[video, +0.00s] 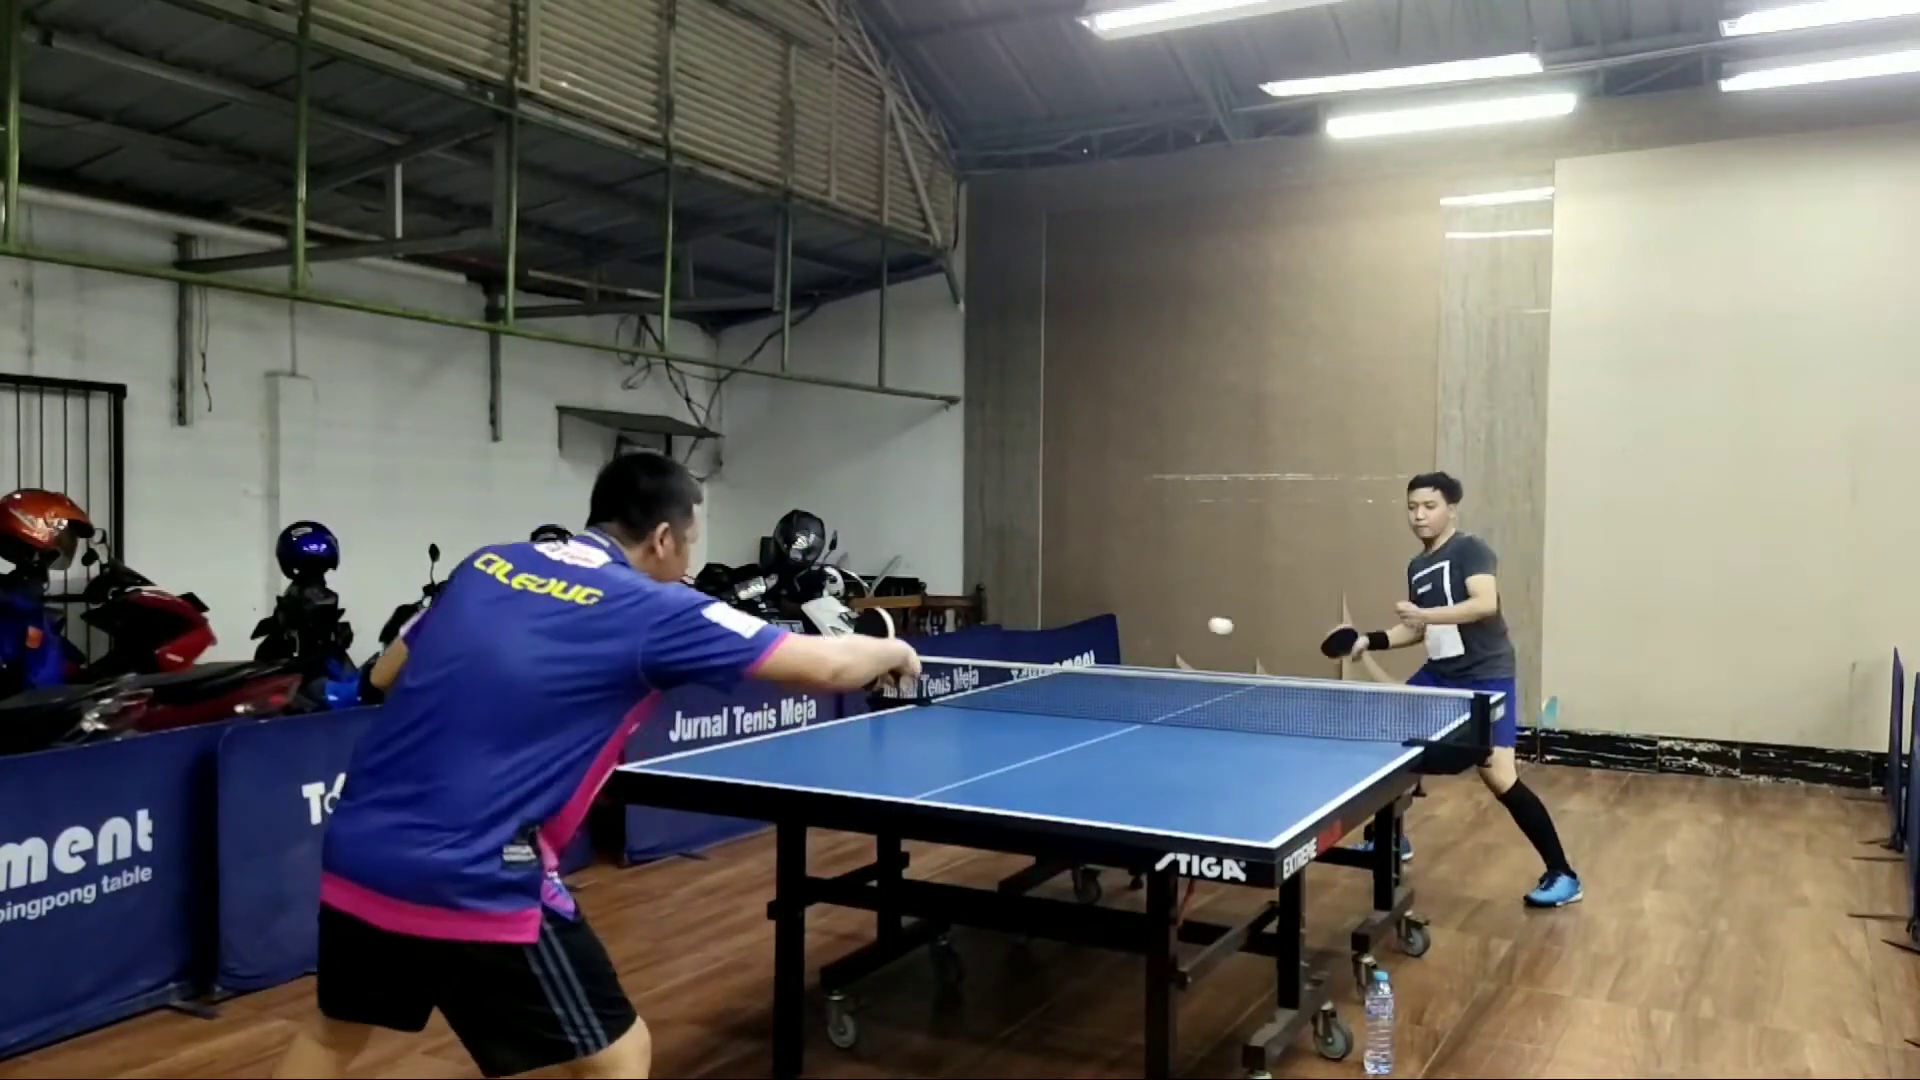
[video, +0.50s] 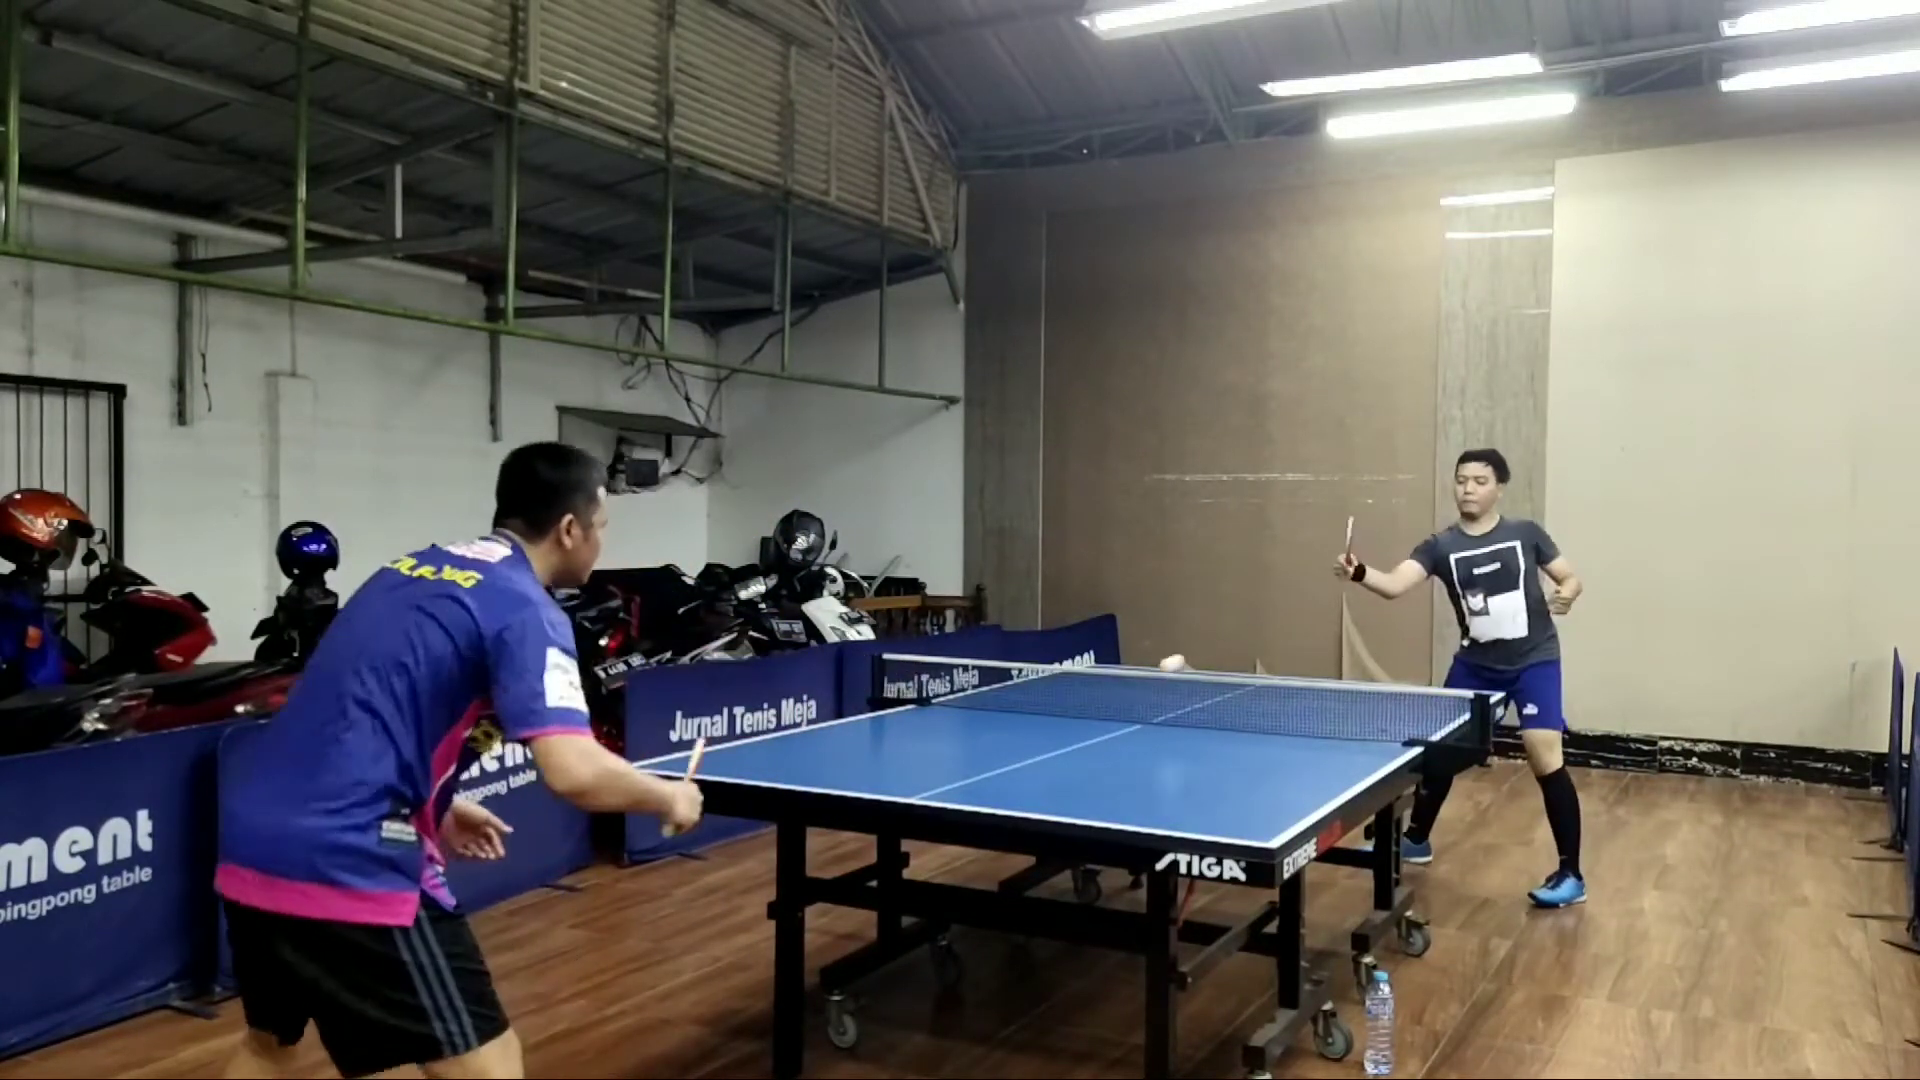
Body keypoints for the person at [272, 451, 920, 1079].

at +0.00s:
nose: (691, 559)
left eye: (692, 544)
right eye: (691, 544)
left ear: (595, 519)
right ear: (662, 537)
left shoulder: (486, 563)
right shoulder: (650, 608)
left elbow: (385, 675)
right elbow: (823, 666)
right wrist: (892, 652)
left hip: (353, 861)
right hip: (478, 883)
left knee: (332, 1038)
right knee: (616, 1054)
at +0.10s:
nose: (669, 542)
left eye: (671, 525)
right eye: (669, 525)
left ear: (576, 507)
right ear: (637, 522)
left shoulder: (463, 559)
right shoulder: (616, 595)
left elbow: (373, 677)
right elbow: (787, 663)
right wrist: (872, 644)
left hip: (342, 860)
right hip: (463, 877)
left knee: (315, 1046)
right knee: (602, 1053)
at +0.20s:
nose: (642, 545)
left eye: (643, 526)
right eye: (640, 526)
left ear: (544, 511)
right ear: (607, 526)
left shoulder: (437, 573)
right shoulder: (576, 599)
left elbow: (355, 687)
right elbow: (716, 684)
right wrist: (828, 665)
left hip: (323, 867)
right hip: (438, 880)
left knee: (313, 1047)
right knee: (587, 1053)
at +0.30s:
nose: (620, 534)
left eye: (620, 518)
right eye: (618, 518)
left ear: (525, 510)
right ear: (587, 523)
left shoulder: (432, 565)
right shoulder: (540, 595)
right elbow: (644, 713)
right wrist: (773, 714)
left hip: (292, 853)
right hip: (401, 867)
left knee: (304, 1045)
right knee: (542, 1058)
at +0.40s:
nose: (611, 524)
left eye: (613, 508)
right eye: (610, 508)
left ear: (515, 501)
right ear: (577, 513)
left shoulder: (428, 551)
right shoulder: (533, 584)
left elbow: (372, 682)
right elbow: (590, 736)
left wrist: (425, 791)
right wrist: (707, 763)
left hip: (265, 829)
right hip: (368, 844)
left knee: (278, 1035)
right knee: (497, 1058)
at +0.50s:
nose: (602, 544)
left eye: (603, 526)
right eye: (600, 526)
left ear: (507, 514)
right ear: (568, 528)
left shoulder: (416, 566)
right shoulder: (523, 605)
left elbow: (345, 713)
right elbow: (571, 769)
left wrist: (436, 809)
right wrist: (666, 795)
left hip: (249, 846)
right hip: (352, 860)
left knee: (269, 1044)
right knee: (485, 1060)